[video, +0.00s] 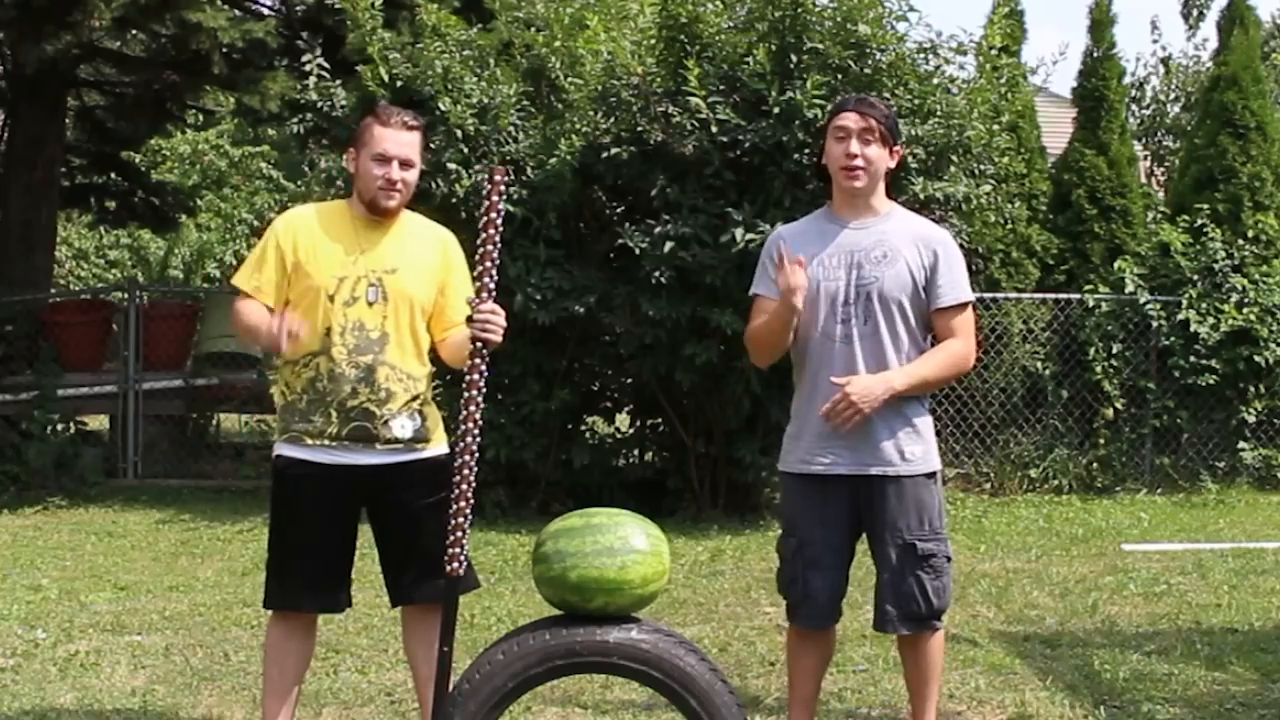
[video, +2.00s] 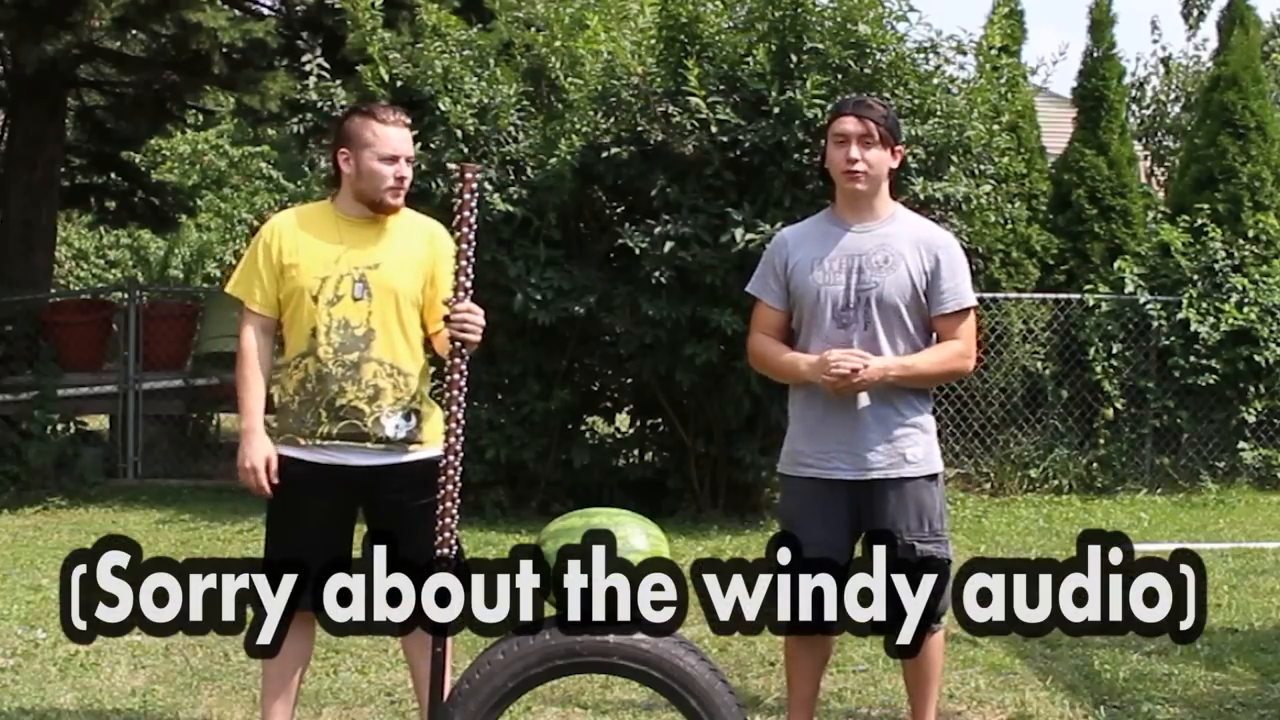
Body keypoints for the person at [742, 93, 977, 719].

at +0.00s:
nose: (853, 149)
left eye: (867, 139)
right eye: (841, 137)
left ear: (891, 156)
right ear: (824, 153)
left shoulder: (930, 242)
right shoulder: (788, 241)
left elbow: (961, 348)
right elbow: (760, 353)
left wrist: (887, 382)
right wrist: (787, 305)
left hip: (903, 460)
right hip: (813, 459)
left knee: (921, 609)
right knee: (808, 609)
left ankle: (923, 716)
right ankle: (799, 716)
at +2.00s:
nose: (853, 153)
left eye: (867, 143)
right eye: (841, 142)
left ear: (892, 156)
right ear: (825, 156)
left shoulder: (933, 244)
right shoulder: (790, 244)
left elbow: (962, 352)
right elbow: (760, 345)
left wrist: (884, 369)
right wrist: (808, 366)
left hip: (905, 465)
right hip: (813, 464)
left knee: (922, 610)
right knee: (805, 609)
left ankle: (923, 717)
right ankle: (799, 717)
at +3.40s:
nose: (821, 164)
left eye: (835, 153)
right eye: (820, 152)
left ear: (880, 159)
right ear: (820, 156)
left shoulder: (938, 245)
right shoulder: (798, 244)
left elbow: (970, 351)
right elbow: (767, 356)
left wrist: (893, 378)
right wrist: (773, 326)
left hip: (906, 467)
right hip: (816, 464)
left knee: (923, 611)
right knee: (810, 610)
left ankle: (924, 717)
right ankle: (800, 716)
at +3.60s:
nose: (819, 165)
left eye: (832, 153)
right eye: (818, 152)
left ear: (879, 158)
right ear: (829, 157)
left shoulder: (938, 244)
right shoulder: (801, 242)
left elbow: (970, 350)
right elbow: (746, 327)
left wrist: (889, 375)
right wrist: (705, 265)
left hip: (908, 467)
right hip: (817, 464)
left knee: (923, 611)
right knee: (811, 610)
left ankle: (925, 716)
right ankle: (800, 717)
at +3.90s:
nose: (818, 163)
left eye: (831, 152)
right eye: (817, 150)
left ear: (876, 159)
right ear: (826, 156)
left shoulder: (935, 245)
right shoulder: (802, 243)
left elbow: (967, 351)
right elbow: (765, 332)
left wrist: (888, 376)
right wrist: (694, 338)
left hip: (906, 467)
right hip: (816, 464)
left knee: (922, 611)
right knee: (812, 609)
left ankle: (924, 717)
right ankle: (800, 716)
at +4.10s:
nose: (810, 165)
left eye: (823, 153)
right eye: (809, 152)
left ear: (867, 157)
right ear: (834, 158)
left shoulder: (929, 245)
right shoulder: (798, 245)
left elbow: (961, 350)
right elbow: (780, 334)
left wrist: (874, 381)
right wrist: (784, 366)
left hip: (901, 467)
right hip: (813, 466)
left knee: (920, 611)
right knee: (809, 610)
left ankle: (924, 716)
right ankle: (799, 716)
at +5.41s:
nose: (821, 161)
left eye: (834, 151)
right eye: (821, 149)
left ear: (879, 158)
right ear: (829, 156)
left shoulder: (935, 245)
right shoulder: (805, 244)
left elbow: (964, 353)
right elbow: (762, 328)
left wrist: (875, 377)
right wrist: (697, 322)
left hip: (906, 468)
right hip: (817, 466)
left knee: (923, 612)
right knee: (812, 609)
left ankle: (925, 717)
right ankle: (800, 716)